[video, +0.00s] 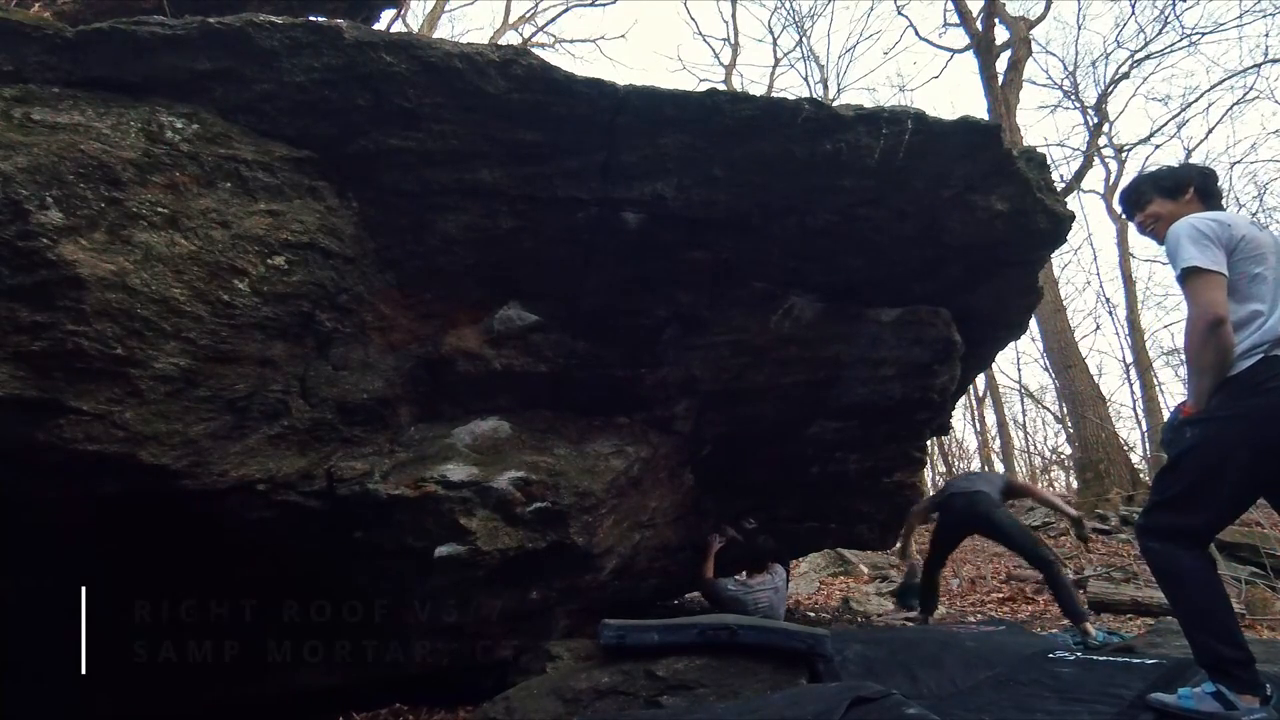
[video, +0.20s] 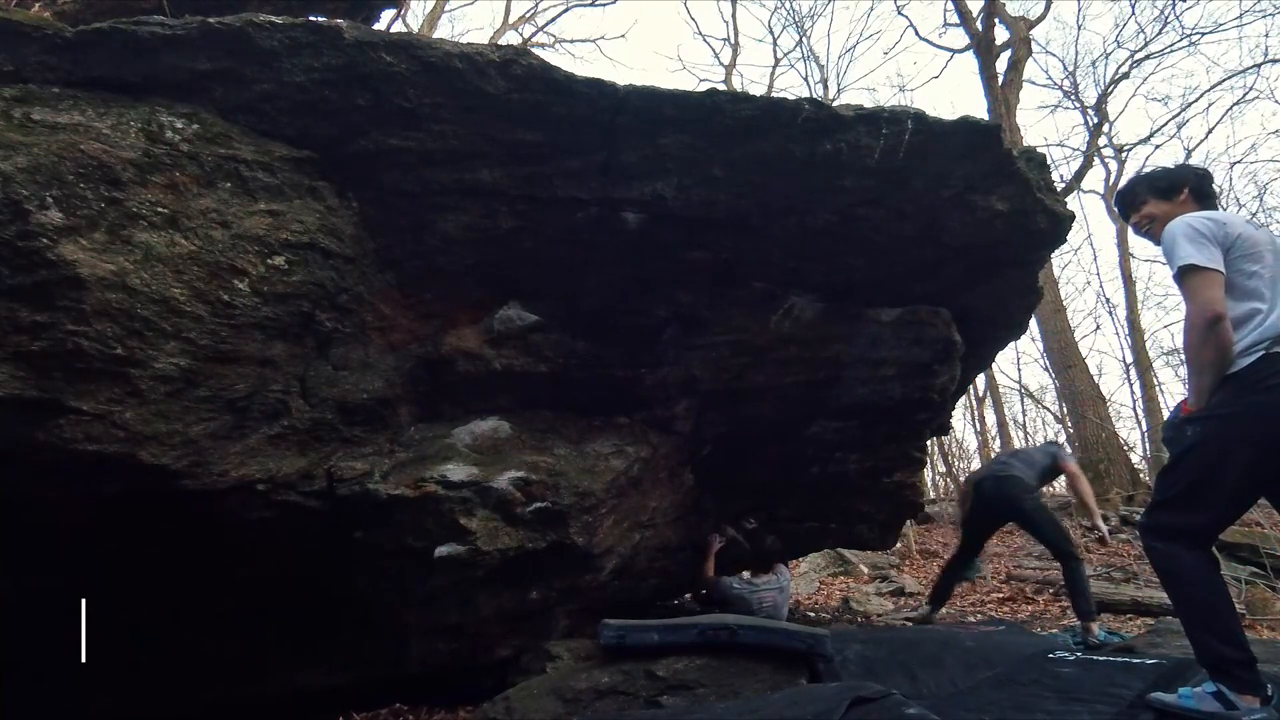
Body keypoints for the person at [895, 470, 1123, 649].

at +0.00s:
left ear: (963, 479)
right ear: (994, 478)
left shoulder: (946, 489)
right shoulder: (1001, 481)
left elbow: (913, 514)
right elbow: (1038, 493)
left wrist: (905, 553)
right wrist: (1077, 519)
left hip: (951, 512)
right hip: (987, 508)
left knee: (932, 565)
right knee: (1048, 562)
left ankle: (924, 618)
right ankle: (1087, 630)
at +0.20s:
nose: (1068, 463)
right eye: (1068, 459)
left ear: (1037, 448)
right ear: (1058, 449)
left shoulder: (1009, 457)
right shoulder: (1055, 449)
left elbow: (966, 482)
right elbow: (1073, 473)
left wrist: (967, 527)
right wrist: (1096, 518)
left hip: (983, 493)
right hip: (1018, 492)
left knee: (964, 554)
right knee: (1068, 556)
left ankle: (929, 610)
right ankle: (1091, 628)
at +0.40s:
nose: (1096, 443)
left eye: (1098, 439)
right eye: (1097, 438)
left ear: (1071, 422)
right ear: (1089, 428)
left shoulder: (1050, 433)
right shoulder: (1080, 428)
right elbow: (1090, 454)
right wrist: (1099, 501)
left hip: (1006, 478)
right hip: (1036, 478)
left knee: (1040, 546)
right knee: (1076, 550)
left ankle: (1005, 584)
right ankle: (1092, 626)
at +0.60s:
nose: (1108, 425)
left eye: (1110, 421)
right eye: (1108, 419)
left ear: (1088, 407)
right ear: (1099, 410)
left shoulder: (1066, 419)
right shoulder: (1087, 415)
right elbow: (1102, 449)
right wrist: (1111, 486)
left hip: (1030, 479)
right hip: (1049, 477)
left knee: (1093, 541)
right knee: (1088, 545)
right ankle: (1091, 624)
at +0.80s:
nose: (1119, 426)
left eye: (1121, 422)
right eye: (1120, 419)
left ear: (1106, 410)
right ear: (1112, 409)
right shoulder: (1091, 411)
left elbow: (1088, 491)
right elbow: (1122, 442)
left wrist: (1130, 493)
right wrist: (1142, 476)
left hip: (1048, 486)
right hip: (1066, 481)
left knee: (1102, 552)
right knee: (1118, 545)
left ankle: (1123, 621)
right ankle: (1102, 614)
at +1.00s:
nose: (1133, 439)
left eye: (1133, 436)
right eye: (1135, 435)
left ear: (1129, 427)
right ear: (1130, 424)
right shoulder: (1105, 418)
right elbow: (1132, 443)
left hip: (1048, 484)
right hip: (1065, 475)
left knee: (1103, 550)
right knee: (1133, 514)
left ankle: (1124, 626)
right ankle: (1116, 583)